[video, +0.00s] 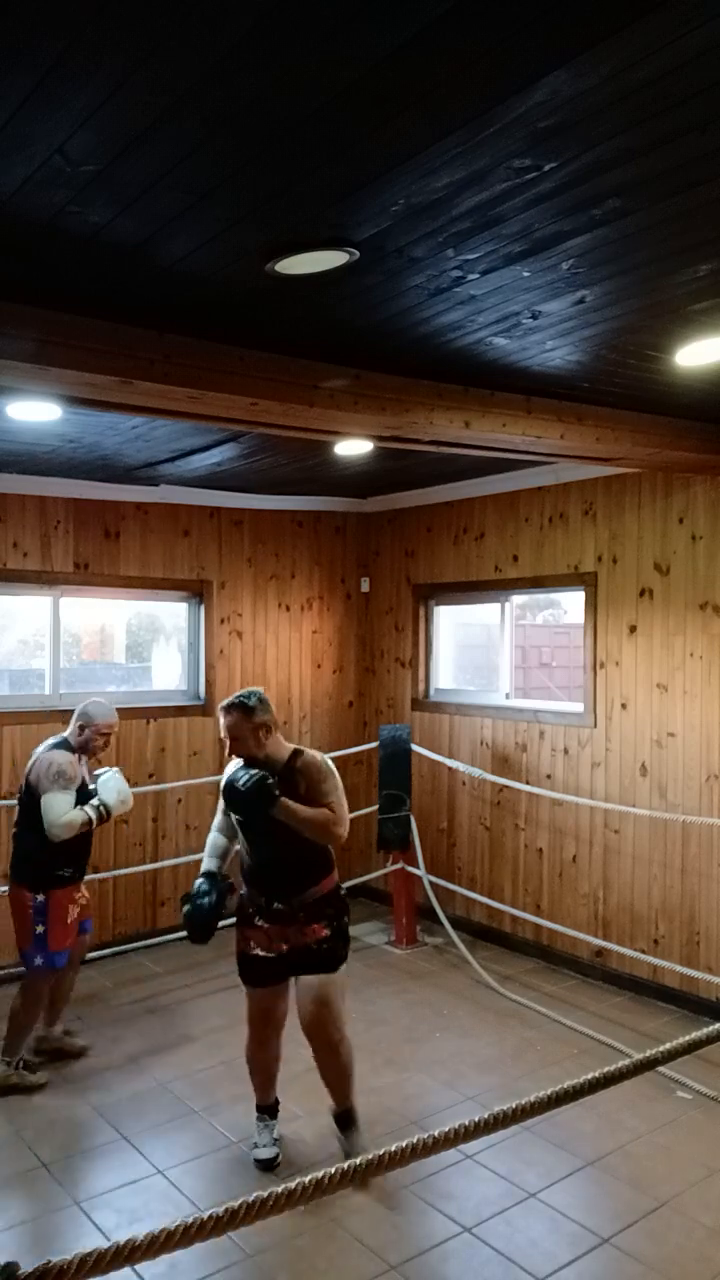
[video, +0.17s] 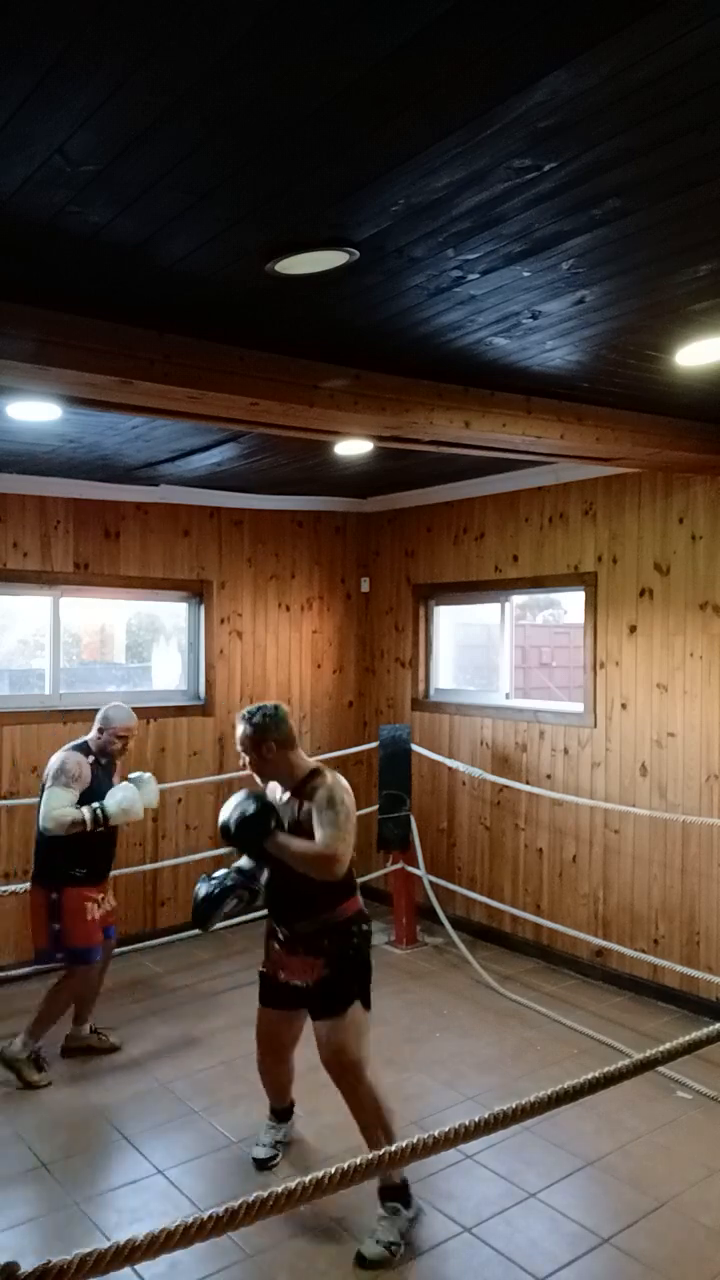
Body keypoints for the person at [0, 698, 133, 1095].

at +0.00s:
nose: (107, 743)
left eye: (110, 736)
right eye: (103, 736)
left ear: (92, 730)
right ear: (81, 729)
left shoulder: (76, 756)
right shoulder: (56, 760)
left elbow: (73, 806)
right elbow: (58, 826)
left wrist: (101, 794)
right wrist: (102, 806)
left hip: (65, 880)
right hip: (39, 885)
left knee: (78, 941)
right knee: (44, 970)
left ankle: (50, 1032)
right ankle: (9, 1060)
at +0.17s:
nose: (124, 744)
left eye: (128, 738)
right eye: (119, 737)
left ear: (126, 736)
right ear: (99, 732)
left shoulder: (109, 762)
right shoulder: (70, 762)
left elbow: (101, 806)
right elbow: (53, 818)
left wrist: (130, 795)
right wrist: (106, 811)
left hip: (93, 880)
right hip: (65, 884)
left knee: (104, 948)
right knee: (84, 963)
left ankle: (80, 1032)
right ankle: (23, 1046)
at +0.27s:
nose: (133, 745)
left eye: (138, 738)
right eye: (128, 737)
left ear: (139, 735)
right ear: (107, 729)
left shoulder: (126, 758)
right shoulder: (78, 759)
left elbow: (126, 804)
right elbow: (46, 812)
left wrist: (148, 796)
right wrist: (96, 812)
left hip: (107, 875)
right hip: (77, 877)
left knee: (109, 958)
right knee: (107, 961)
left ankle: (80, 1032)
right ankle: (51, 1039)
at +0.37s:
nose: (142, 739)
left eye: (146, 731)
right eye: (135, 731)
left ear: (148, 728)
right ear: (115, 723)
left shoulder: (139, 755)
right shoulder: (85, 754)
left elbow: (150, 805)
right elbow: (49, 806)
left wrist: (159, 791)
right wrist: (94, 807)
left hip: (120, 867)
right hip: (92, 868)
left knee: (105, 953)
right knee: (120, 954)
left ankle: (84, 1030)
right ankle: (85, 1039)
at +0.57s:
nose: (157, 741)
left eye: (161, 733)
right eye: (149, 734)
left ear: (165, 730)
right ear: (130, 730)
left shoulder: (162, 754)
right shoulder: (103, 761)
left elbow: (183, 788)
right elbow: (77, 819)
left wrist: (181, 782)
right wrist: (119, 809)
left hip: (148, 871)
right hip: (115, 875)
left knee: (135, 953)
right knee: (135, 956)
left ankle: (91, 1019)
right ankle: (129, 1049)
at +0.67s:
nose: (165, 744)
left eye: (168, 737)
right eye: (156, 738)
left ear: (174, 731)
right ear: (137, 734)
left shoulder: (173, 757)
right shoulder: (113, 765)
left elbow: (195, 807)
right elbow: (96, 827)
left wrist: (196, 790)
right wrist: (140, 810)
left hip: (163, 877)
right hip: (128, 881)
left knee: (179, 948)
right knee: (143, 964)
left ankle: (122, 1003)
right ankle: (129, 1051)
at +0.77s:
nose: (176, 741)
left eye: (180, 734)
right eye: (167, 735)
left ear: (186, 729)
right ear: (150, 730)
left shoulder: (184, 754)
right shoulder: (125, 761)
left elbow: (193, 799)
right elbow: (110, 822)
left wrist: (214, 781)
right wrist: (156, 804)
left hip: (178, 873)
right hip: (140, 880)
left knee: (200, 940)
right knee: (146, 964)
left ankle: (166, 1006)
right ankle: (130, 1050)